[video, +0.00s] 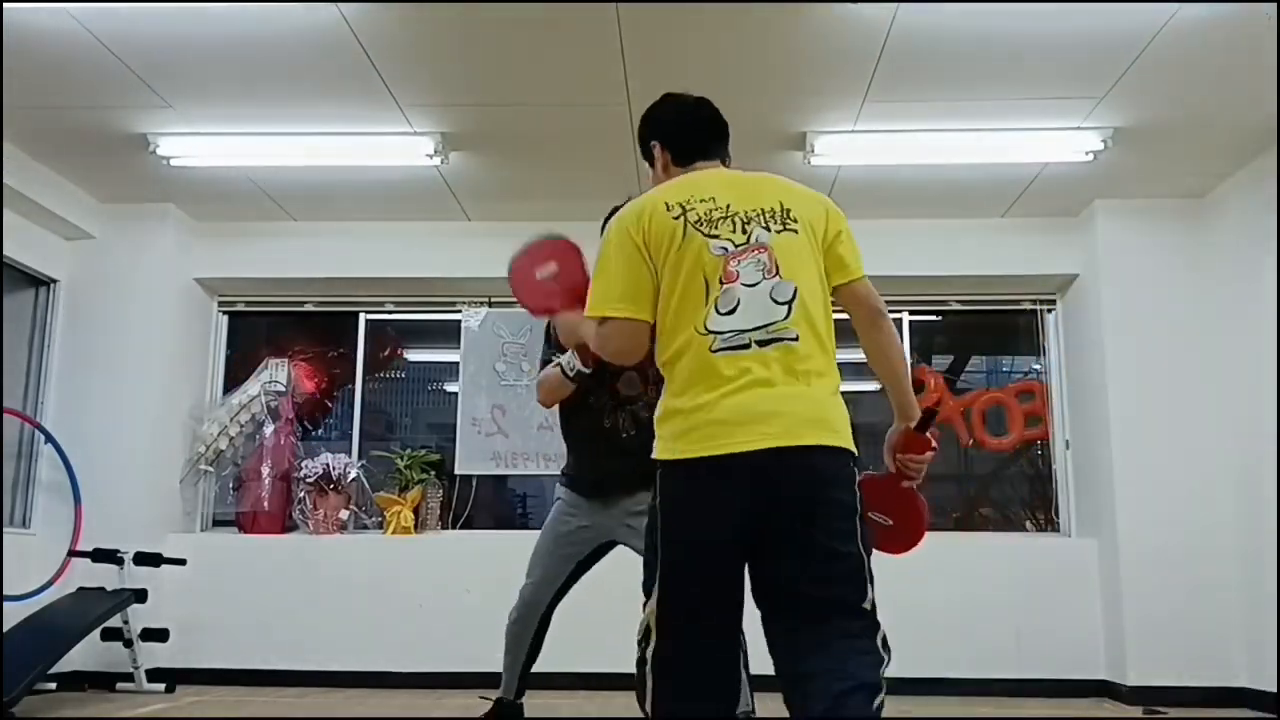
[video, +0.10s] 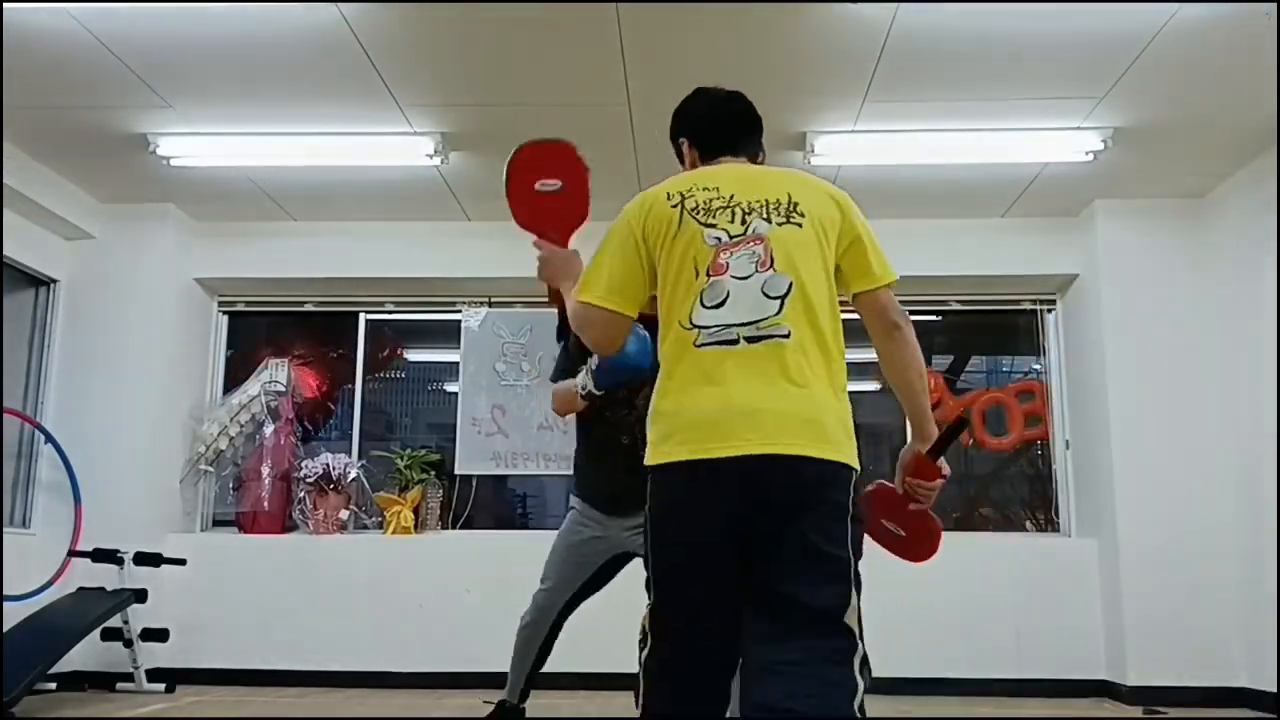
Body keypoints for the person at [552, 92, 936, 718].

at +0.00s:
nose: (650, 176)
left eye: (646, 163)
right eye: (647, 165)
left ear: (659, 157)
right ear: (727, 153)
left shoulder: (641, 218)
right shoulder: (810, 204)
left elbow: (624, 345)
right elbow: (869, 310)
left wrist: (582, 327)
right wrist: (907, 416)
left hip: (704, 464)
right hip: (816, 458)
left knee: (694, 649)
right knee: (833, 637)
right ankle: (847, 710)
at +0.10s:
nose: (676, 164)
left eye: (676, 154)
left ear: (686, 152)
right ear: (760, 149)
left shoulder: (653, 208)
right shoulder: (826, 199)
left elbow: (602, 335)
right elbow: (888, 318)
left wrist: (569, 280)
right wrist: (924, 434)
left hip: (693, 463)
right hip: (812, 459)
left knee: (690, 654)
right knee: (808, 651)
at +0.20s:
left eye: (685, 133)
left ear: (695, 132)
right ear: (778, 136)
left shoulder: (656, 181)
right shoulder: (832, 184)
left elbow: (596, 306)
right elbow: (887, 302)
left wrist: (580, 253)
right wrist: (929, 424)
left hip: (676, 447)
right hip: (798, 445)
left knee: (670, 642)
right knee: (794, 643)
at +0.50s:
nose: (751, 129)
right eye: (752, 121)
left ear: (662, 123)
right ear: (745, 120)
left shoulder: (603, 179)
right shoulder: (773, 157)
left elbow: (537, 299)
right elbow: (816, 231)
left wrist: (563, 217)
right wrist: (877, 349)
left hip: (614, 444)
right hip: (740, 442)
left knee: (577, 627)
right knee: (771, 647)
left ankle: (531, 708)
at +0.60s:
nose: (723, 133)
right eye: (722, 126)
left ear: (632, 127)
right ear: (711, 125)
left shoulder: (574, 189)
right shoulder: (723, 158)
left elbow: (543, 308)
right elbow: (754, 226)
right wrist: (814, 339)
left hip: (563, 433)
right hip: (680, 427)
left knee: (541, 620)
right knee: (737, 626)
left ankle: (504, 710)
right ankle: (770, 708)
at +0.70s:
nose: (676, 142)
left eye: (673, 137)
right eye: (674, 135)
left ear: (587, 138)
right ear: (664, 135)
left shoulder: (545, 190)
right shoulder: (669, 161)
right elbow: (692, 225)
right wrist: (748, 339)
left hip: (506, 412)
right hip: (609, 410)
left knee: (514, 624)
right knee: (661, 621)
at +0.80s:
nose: (637, 146)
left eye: (636, 141)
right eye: (636, 139)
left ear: (550, 144)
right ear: (624, 136)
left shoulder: (498, 203)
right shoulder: (631, 162)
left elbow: (501, 317)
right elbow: (651, 231)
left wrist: (621, 342)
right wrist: (709, 351)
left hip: (473, 419)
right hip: (572, 412)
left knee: (501, 628)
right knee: (633, 624)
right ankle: (583, 707)